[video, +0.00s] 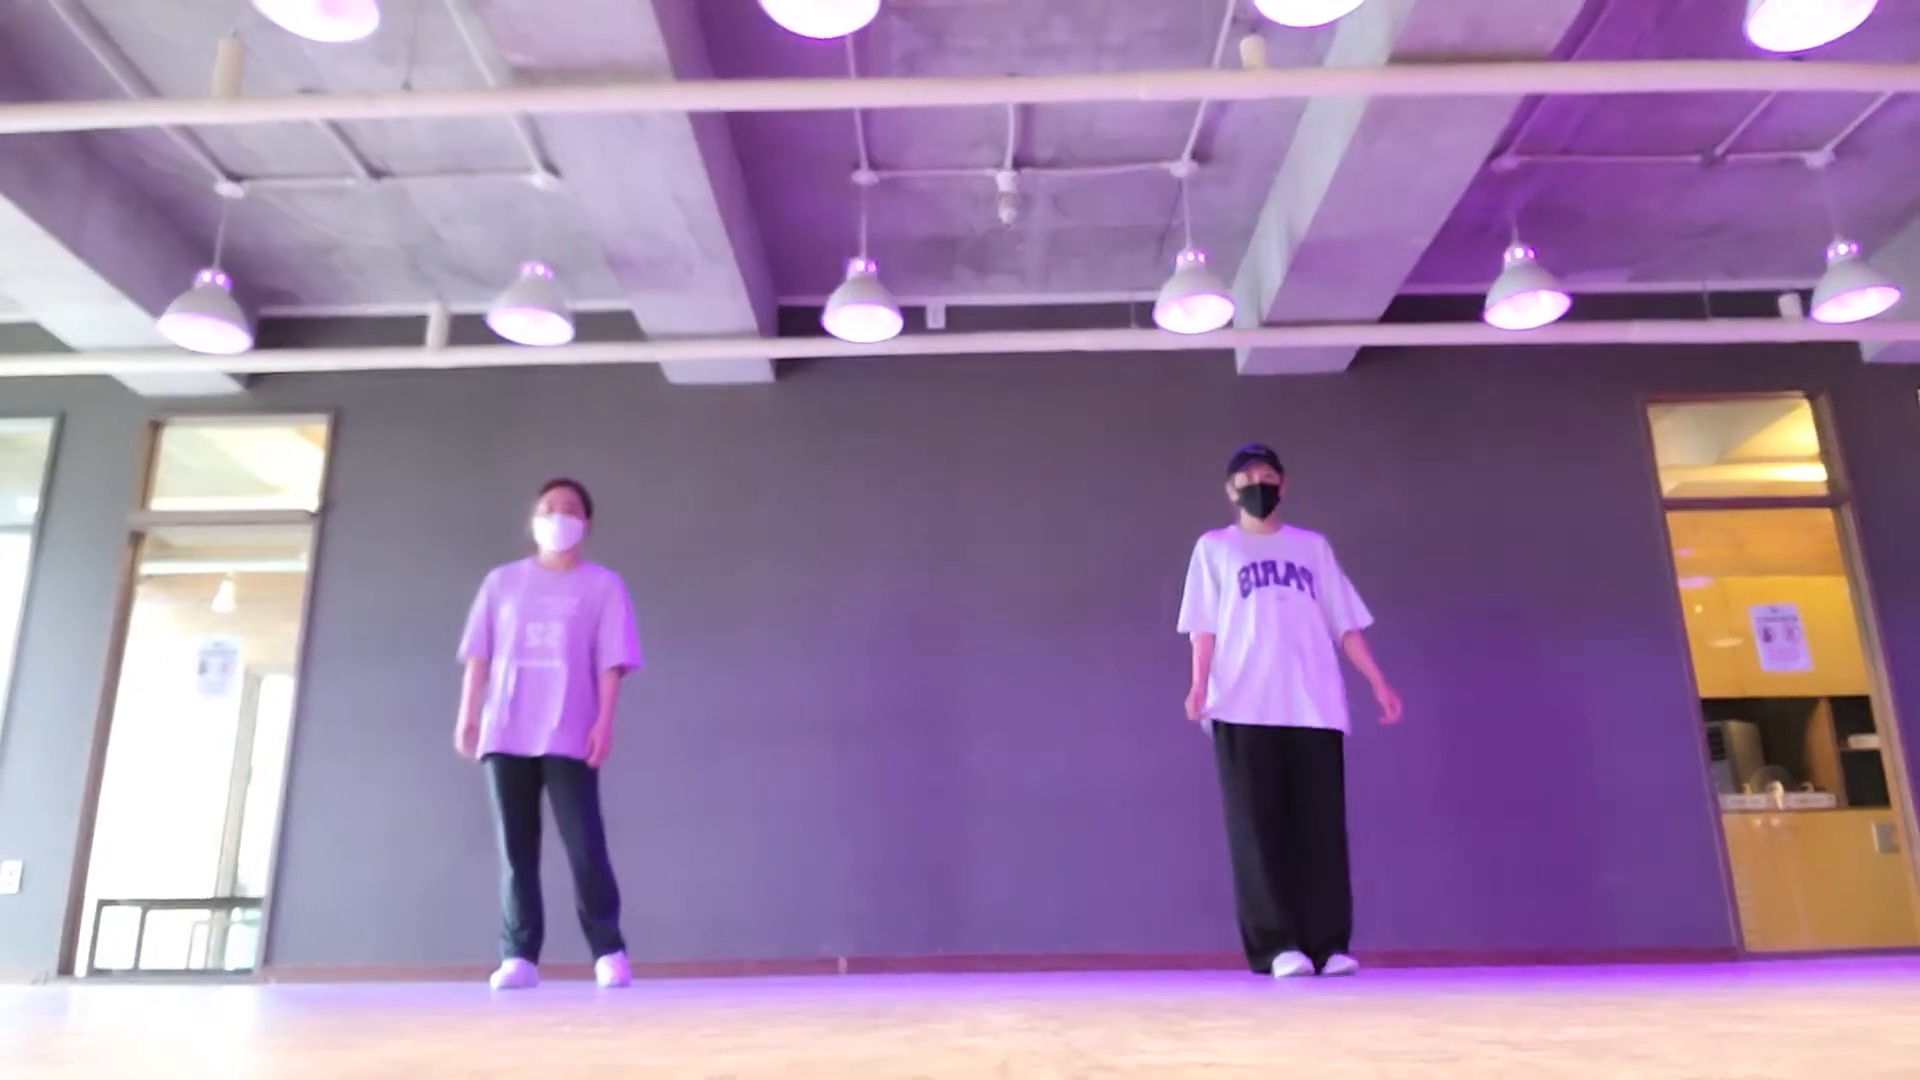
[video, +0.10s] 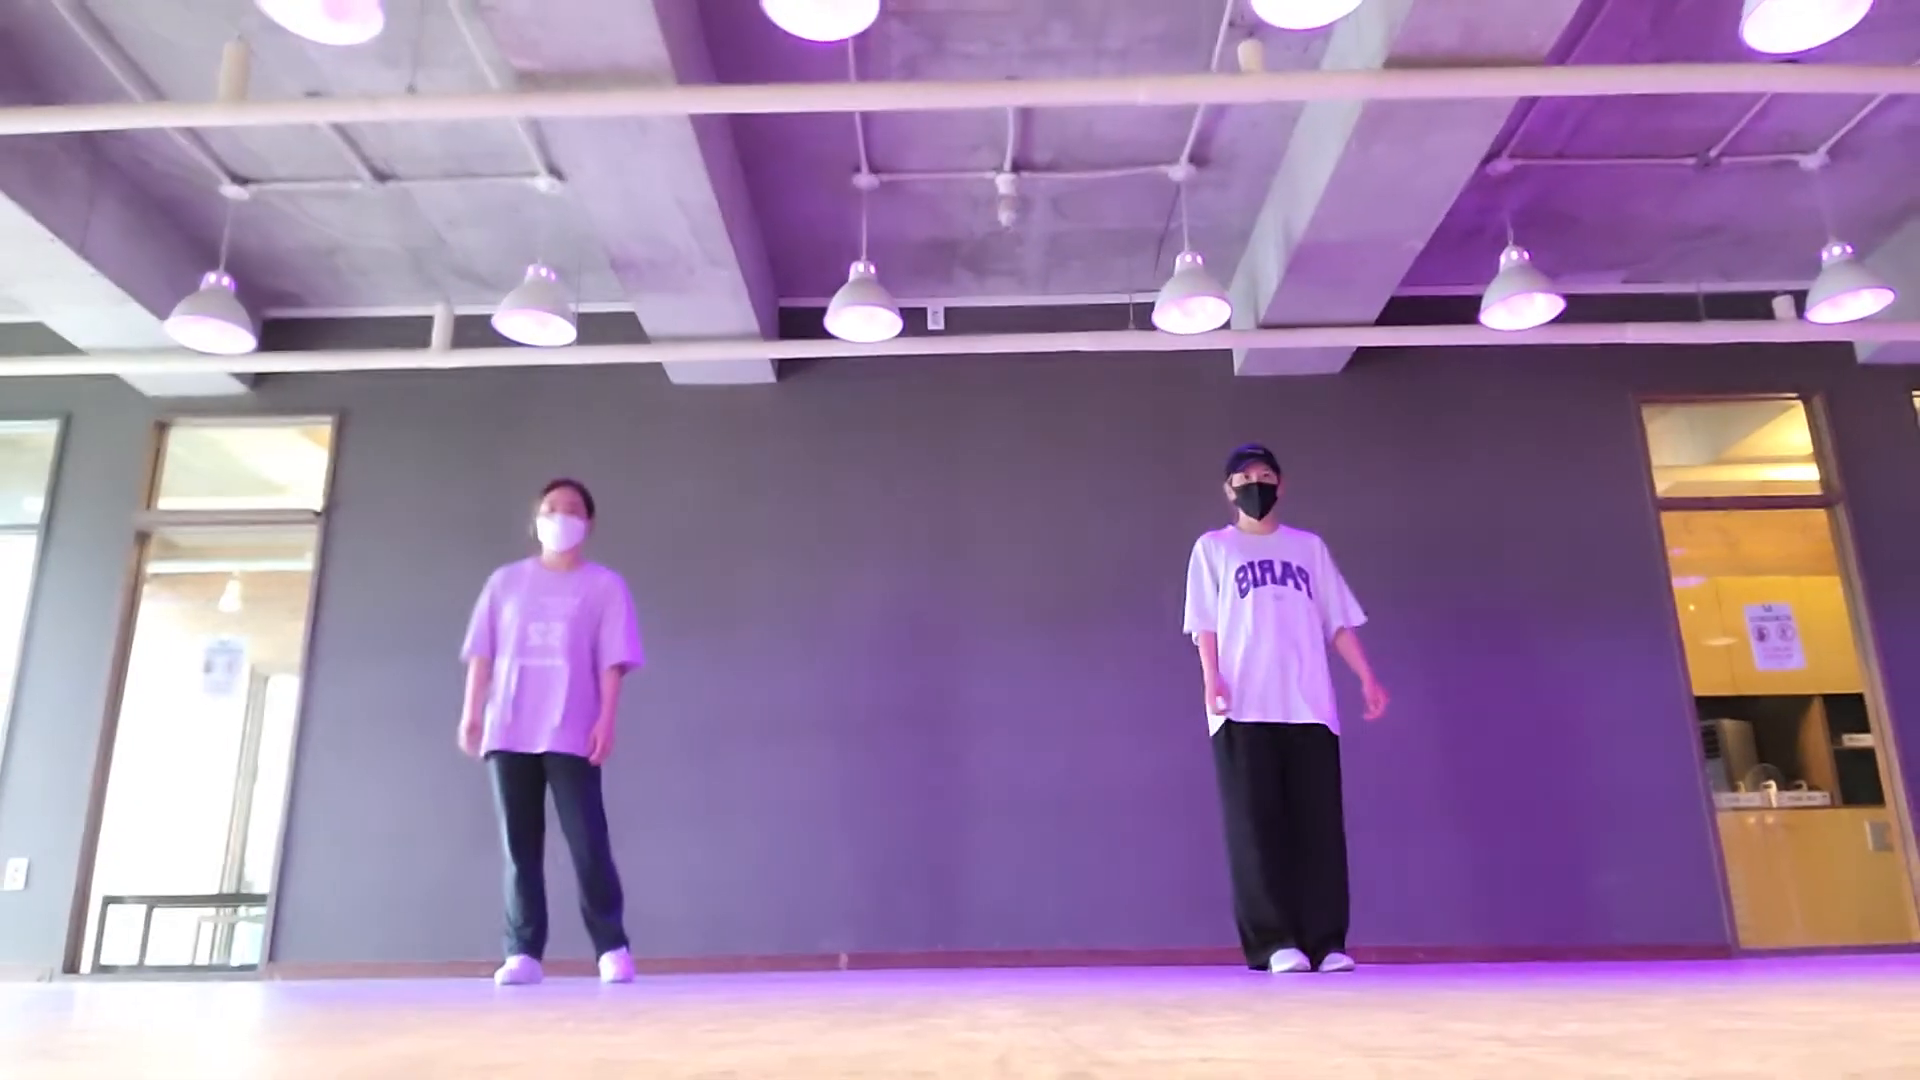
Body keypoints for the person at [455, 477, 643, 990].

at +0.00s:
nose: (557, 521)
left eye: (569, 513)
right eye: (548, 512)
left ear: (585, 525)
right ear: (532, 522)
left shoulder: (603, 586)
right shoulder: (501, 582)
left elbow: (611, 665)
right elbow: (477, 656)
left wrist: (604, 723)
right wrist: (468, 716)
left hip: (568, 735)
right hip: (506, 733)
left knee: (586, 849)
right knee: (516, 853)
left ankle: (609, 952)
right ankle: (518, 956)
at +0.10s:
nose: (559, 520)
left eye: (570, 513)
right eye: (550, 512)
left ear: (587, 525)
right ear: (535, 521)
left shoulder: (605, 586)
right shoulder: (504, 582)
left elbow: (612, 663)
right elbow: (480, 655)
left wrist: (606, 721)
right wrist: (472, 712)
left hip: (571, 732)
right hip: (509, 731)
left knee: (589, 845)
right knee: (519, 849)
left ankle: (612, 949)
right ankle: (522, 953)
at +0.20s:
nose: (560, 516)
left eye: (572, 510)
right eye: (551, 509)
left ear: (588, 525)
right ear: (537, 523)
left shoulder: (606, 584)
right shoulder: (506, 582)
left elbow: (613, 660)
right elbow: (484, 655)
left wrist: (608, 718)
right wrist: (476, 711)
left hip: (573, 730)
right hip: (511, 731)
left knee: (590, 843)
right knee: (522, 848)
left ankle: (613, 948)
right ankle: (524, 952)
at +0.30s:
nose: (559, 514)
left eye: (571, 509)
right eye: (550, 508)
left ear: (587, 525)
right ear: (536, 522)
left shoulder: (606, 584)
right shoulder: (506, 582)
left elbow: (613, 660)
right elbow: (485, 655)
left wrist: (607, 717)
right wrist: (476, 712)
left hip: (573, 730)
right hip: (511, 731)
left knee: (590, 843)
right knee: (522, 848)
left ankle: (613, 948)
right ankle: (524, 952)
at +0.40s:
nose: (559, 514)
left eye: (571, 508)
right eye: (550, 507)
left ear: (588, 524)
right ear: (536, 522)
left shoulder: (605, 583)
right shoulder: (506, 582)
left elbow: (614, 659)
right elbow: (486, 656)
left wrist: (608, 716)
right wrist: (476, 713)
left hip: (574, 729)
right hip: (512, 729)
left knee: (590, 841)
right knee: (522, 846)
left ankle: (612, 947)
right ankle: (525, 952)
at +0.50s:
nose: (560, 513)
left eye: (571, 507)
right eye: (551, 507)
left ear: (588, 523)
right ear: (537, 522)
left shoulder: (607, 583)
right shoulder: (508, 582)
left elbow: (616, 658)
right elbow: (487, 656)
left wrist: (609, 714)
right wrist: (478, 712)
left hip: (575, 728)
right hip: (514, 728)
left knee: (588, 838)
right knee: (524, 844)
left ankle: (610, 947)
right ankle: (524, 952)